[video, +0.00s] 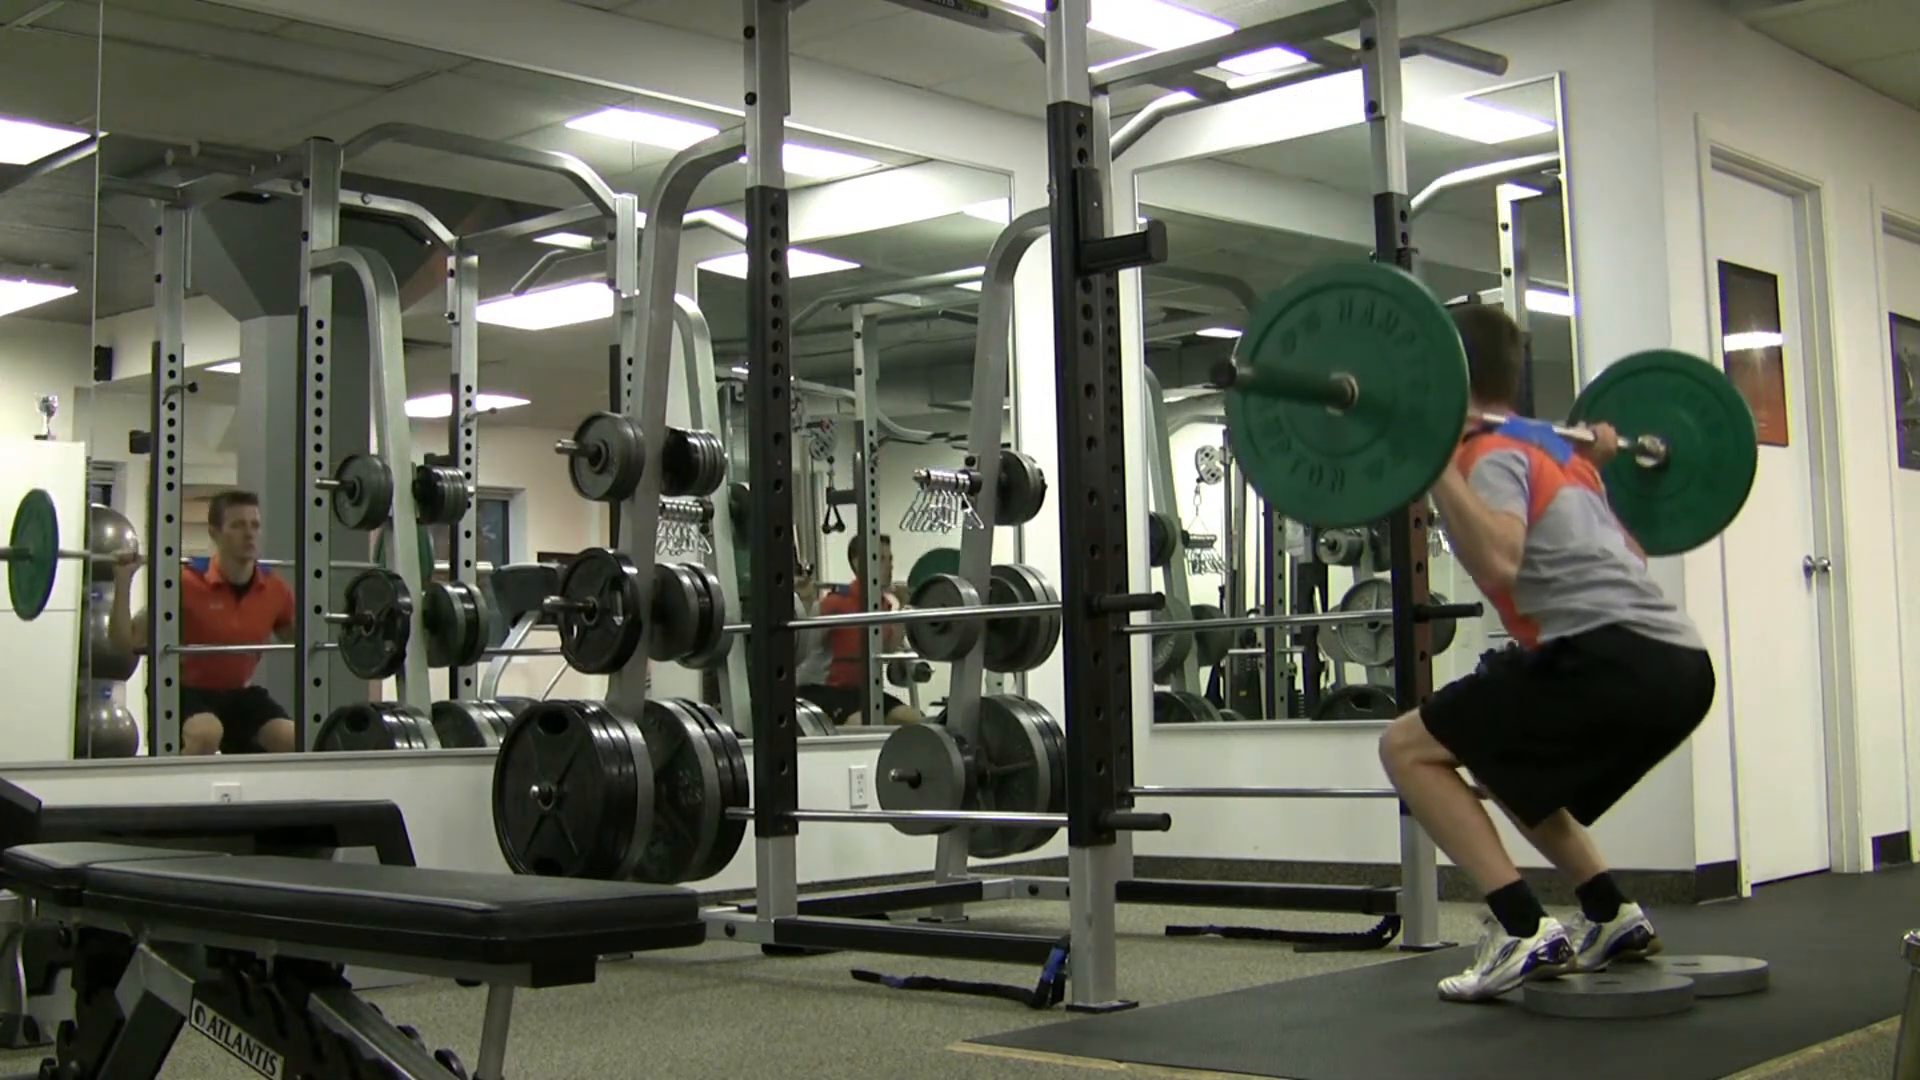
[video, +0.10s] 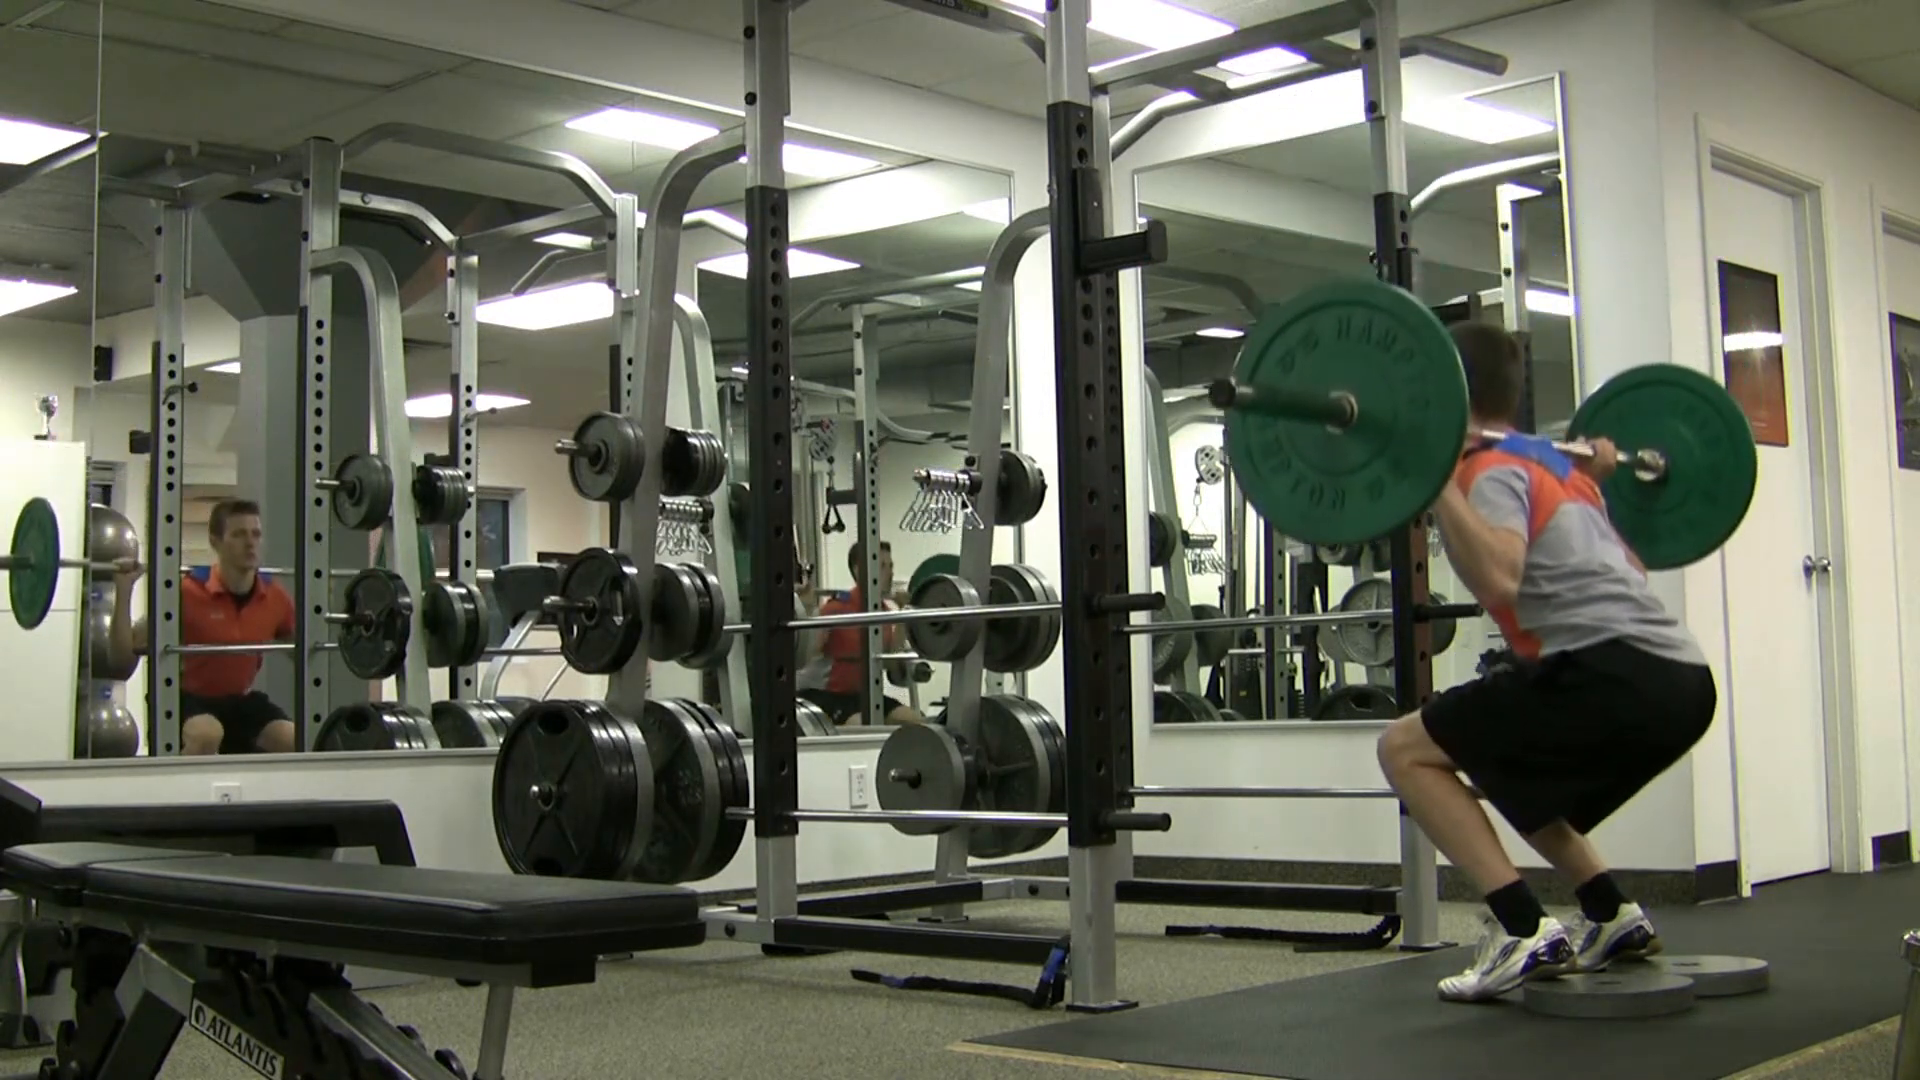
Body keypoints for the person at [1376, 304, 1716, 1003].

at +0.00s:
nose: (1424, 385)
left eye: (1429, 370)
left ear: (1443, 379)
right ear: (1514, 380)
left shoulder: (1493, 450)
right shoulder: (1562, 449)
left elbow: (1498, 563)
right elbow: (1622, 545)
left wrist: (1433, 460)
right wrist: (1596, 458)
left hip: (1603, 660)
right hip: (1680, 669)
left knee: (1406, 747)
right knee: (1509, 775)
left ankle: (1523, 929)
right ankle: (1612, 913)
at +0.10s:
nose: (1425, 402)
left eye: (1430, 387)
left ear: (1443, 396)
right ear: (1514, 396)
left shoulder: (1494, 468)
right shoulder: (1560, 465)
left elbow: (1498, 582)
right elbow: (1623, 563)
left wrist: (1436, 480)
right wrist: (1593, 477)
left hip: (1609, 676)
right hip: (1681, 684)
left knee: (1406, 748)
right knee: (1508, 773)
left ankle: (1523, 929)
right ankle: (1612, 914)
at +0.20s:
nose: (1421, 411)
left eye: (1426, 396)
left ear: (1440, 408)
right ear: (1514, 408)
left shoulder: (1493, 484)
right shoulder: (1554, 476)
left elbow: (1498, 594)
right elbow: (1627, 577)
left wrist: (1432, 491)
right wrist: (1590, 486)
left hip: (1615, 688)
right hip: (1681, 697)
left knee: (1404, 750)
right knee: (1507, 777)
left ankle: (1523, 929)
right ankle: (1611, 913)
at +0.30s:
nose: (1424, 424)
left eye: (1429, 410)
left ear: (1441, 421)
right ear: (1513, 423)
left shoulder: (1492, 497)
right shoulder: (1556, 489)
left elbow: (1498, 610)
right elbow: (1625, 586)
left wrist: (1431, 503)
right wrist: (1590, 499)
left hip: (1617, 701)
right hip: (1681, 710)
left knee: (1402, 751)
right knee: (1503, 774)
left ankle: (1523, 930)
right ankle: (1610, 913)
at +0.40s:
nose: (1428, 433)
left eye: (1432, 419)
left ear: (1443, 430)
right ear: (1515, 433)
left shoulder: (1491, 508)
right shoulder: (1559, 501)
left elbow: (1497, 619)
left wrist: (1430, 514)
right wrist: (1592, 508)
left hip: (1615, 709)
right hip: (1681, 721)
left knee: (1400, 753)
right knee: (1500, 776)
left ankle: (1524, 929)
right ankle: (1610, 912)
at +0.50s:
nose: (1428, 440)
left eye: (1432, 427)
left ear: (1442, 438)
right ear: (1515, 441)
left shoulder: (1490, 515)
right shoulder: (1559, 508)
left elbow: (1498, 625)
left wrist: (1430, 523)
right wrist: (1592, 512)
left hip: (1616, 717)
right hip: (1681, 729)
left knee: (1399, 753)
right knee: (1495, 769)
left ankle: (1524, 930)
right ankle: (1609, 911)